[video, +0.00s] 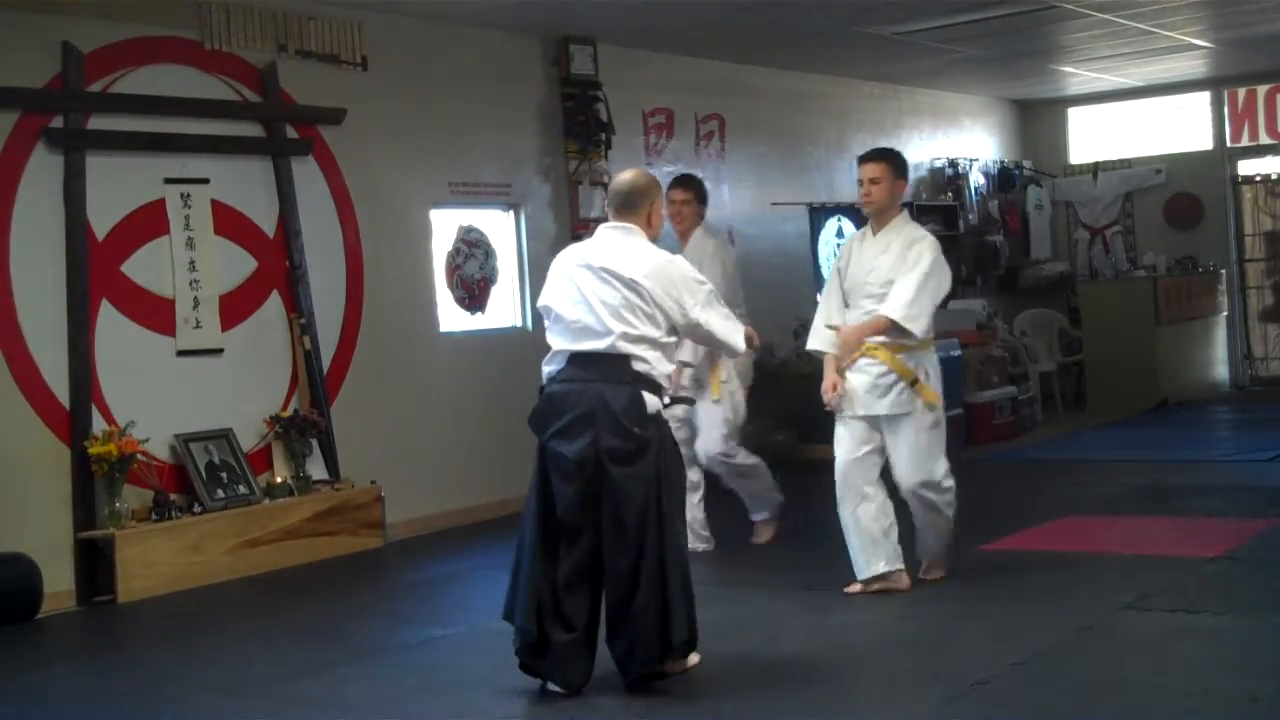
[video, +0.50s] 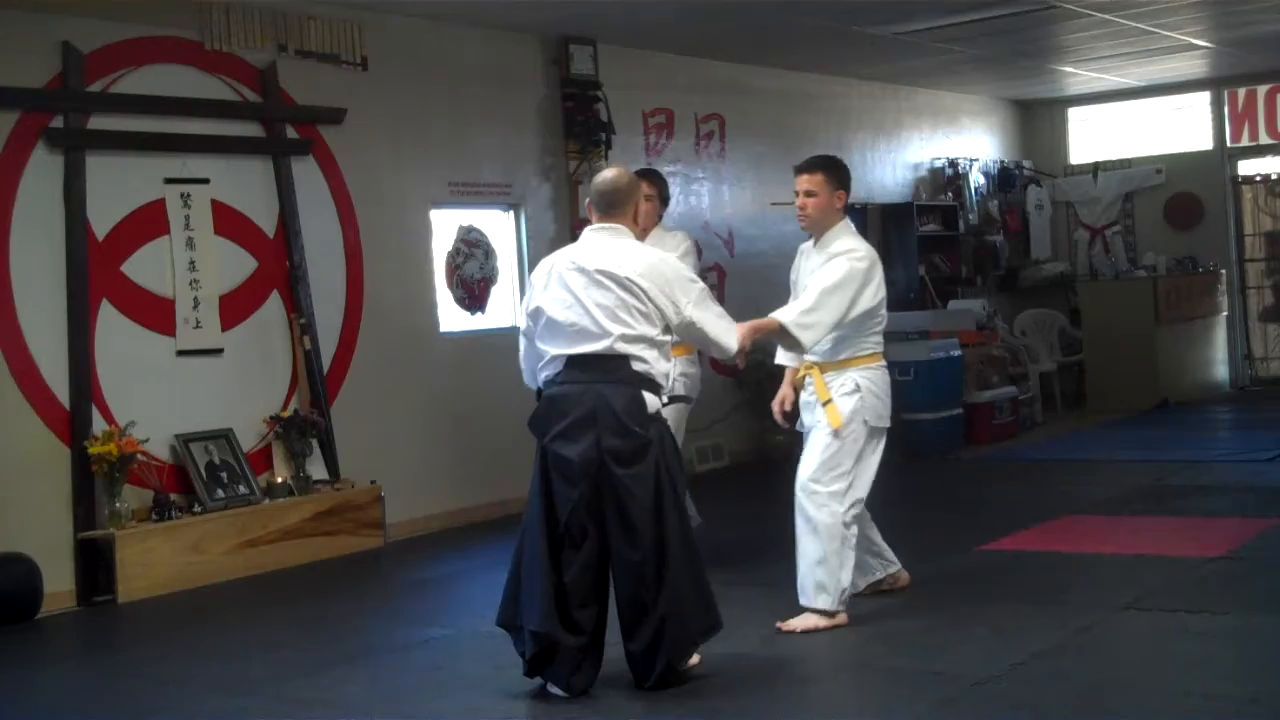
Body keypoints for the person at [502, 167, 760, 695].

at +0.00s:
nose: (666, 216)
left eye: (666, 208)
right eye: (665, 209)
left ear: (608, 209)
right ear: (654, 212)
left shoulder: (565, 260)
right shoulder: (665, 267)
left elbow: (555, 321)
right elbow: (720, 327)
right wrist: (743, 336)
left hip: (563, 396)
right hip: (627, 397)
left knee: (564, 533)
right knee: (645, 530)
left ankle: (561, 668)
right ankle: (657, 653)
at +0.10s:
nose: (669, 218)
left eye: (668, 210)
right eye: (667, 211)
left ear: (609, 211)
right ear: (657, 212)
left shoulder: (567, 261)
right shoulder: (668, 266)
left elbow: (556, 320)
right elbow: (721, 322)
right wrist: (747, 334)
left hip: (566, 394)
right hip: (632, 396)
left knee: (567, 533)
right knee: (648, 530)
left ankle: (562, 668)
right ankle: (659, 653)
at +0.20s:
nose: (667, 222)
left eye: (666, 215)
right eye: (667, 214)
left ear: (608, 211)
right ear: (657, 212)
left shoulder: (564, 263)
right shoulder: (669, 267)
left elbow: (550, 331)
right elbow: (736, 332)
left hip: (567, 394)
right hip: (634, 394)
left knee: (569, 533)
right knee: (650, 529)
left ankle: (563, 669)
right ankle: (659, 657)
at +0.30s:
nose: (660, 220)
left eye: (660, 213)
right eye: (661, 213)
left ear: (604, 211)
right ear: (652, 211)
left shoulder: (559, 266)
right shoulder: (667, 266)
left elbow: (542, 334)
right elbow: (734, 332)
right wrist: (749, 340)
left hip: (566, 397)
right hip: (634, 396)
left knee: (570, 534)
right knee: (651, 530)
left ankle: (564, 668)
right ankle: (661, 658)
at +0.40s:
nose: (656, 220)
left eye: (656, 212)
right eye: (656, 212)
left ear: (598, 212)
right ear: (646, 211)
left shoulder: (552, 268)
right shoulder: (662, 266)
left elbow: (540, 350)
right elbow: (729, 335)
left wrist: (559, 395)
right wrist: (751, 326)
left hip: (565, 398)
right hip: (629, 395)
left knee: (569, 535)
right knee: (648, 530)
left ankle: (566, 670)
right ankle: (661, 658)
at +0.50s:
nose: (648, 214)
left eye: (646, 204)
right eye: (645, 206)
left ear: (589, 211)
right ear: (637, 210)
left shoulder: (548, 268)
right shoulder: (658, 265)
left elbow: (529, 354)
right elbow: (726, 342)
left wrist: (550, 397)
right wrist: (743, 335)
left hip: (561, 400)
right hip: (629, 396)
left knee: (568, 536)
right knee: (647, 531)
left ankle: (565, 671)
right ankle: (660, 659)